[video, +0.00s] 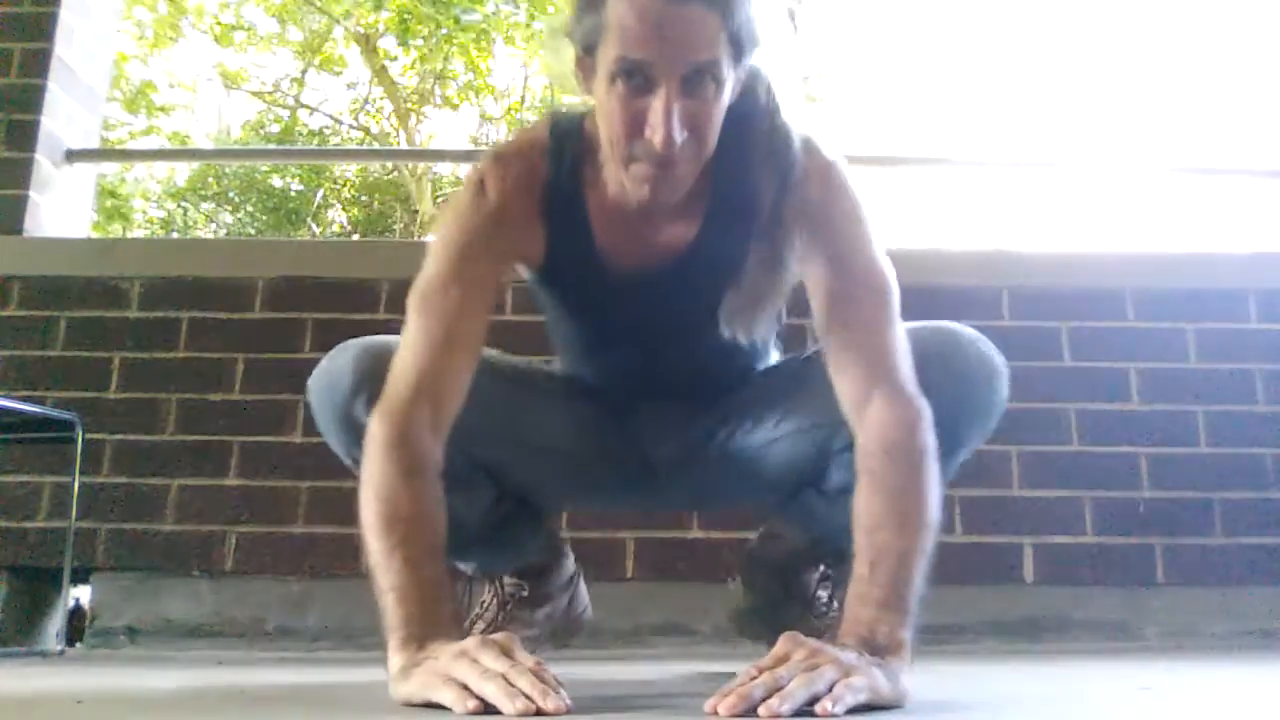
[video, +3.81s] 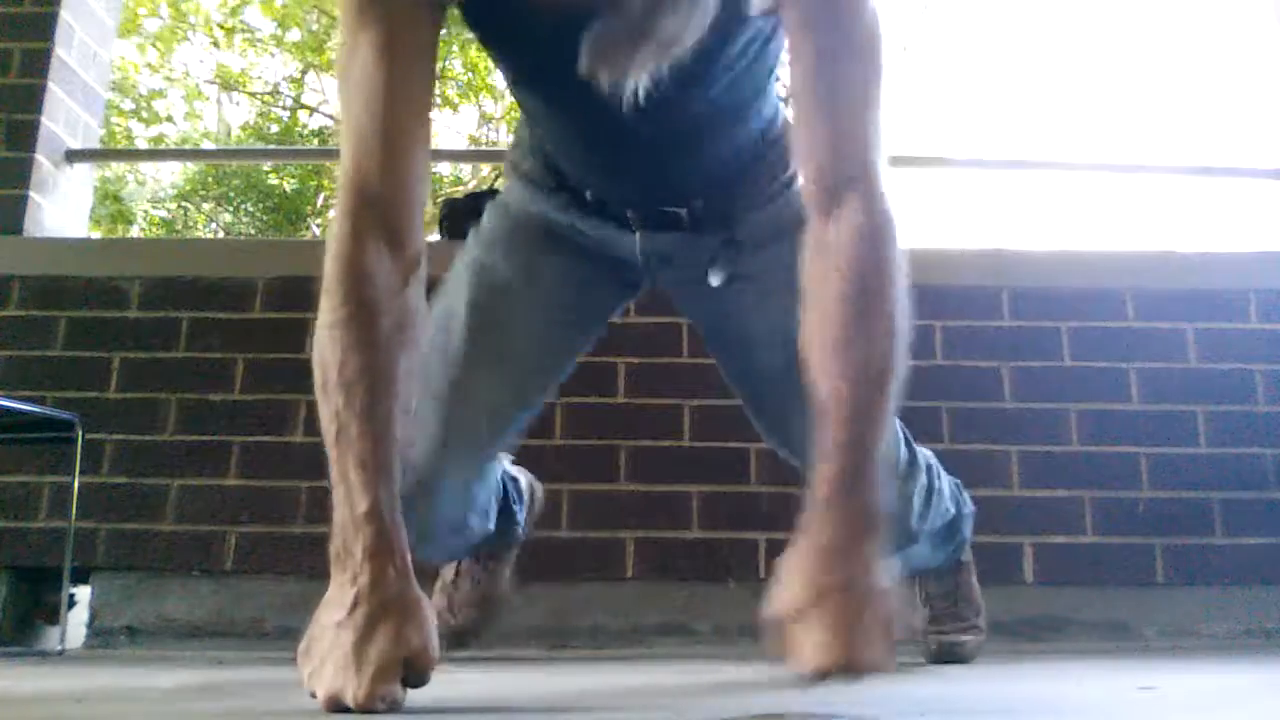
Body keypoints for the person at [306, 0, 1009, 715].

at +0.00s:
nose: (665, 125)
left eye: (698, 84)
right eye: (634, 83)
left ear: (736, 81)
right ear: (587, 74)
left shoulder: (802, 185)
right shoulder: (510, 188)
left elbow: (888, 409)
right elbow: (406, 430)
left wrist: (876, 649)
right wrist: (417, 654)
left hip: (738, 436)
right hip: (583, 435)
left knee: (966, 370)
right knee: (350, 382)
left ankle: (791, 574)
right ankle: (531, 580)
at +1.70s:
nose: (647, 178)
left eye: (677, 142)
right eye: (619, 141)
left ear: (717, 129)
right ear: (584, 130)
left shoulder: (772, 210)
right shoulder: (521, 217)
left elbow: (839, 390)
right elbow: (426, 419)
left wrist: (819, 586)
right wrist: (464, 591)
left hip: (729, 472)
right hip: (584, 473)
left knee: (923, 325)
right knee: (381, 339)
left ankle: (792, 608)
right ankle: (520, 606)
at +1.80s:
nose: (648, 174)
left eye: (677, 139)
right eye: (621, 138)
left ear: (717, 126)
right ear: (584, 126)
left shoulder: (770, 201)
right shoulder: (525, 209)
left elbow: (852, 371)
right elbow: (412, 399)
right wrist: (446, 496)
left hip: (728, 479)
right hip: (584, 476)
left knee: (929, 327)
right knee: (377, 341)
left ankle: (783, 607)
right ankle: (536, 604)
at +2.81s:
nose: (648, 91)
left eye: (678, 45)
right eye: (613, 51)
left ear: (720, 31)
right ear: (568, 41)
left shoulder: (781, 111)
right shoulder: (511, 109)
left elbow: (835, 311)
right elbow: (425, 316)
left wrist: (827, 536)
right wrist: (414, 557)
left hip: (737, 401)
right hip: (578, 402)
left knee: (952, 361)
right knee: (352, 377)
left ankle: (796, 581)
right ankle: (534, 577)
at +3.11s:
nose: (618, 22)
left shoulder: (790, 14)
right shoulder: (462, 14)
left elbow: (823, 241)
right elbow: (403, 260)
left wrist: (807, 549)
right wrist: (408, 560)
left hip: (739, 306)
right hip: (562, 304)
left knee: (939, 406)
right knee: (330, 420)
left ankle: (792, 571)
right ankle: (516, 551)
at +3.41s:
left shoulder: (786, 13)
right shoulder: (396, 10)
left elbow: (812, 219)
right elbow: (368, 232)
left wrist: (795, 557)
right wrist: (366, 562)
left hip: (735, 205)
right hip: (555, 203)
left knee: (895, 482)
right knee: (353, 409)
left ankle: (891, 552)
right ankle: (528, 561)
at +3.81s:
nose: (620, 69)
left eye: (655, 45)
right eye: (606, 53)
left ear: (721, 6)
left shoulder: (812, 11)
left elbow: (846, 200)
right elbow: (375, 239)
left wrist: (843, 533)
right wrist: (364, 560)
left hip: (749, 209)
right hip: (556, 202)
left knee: (848, 460)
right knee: (413, 505)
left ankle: (937, 539)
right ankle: (491, 524)